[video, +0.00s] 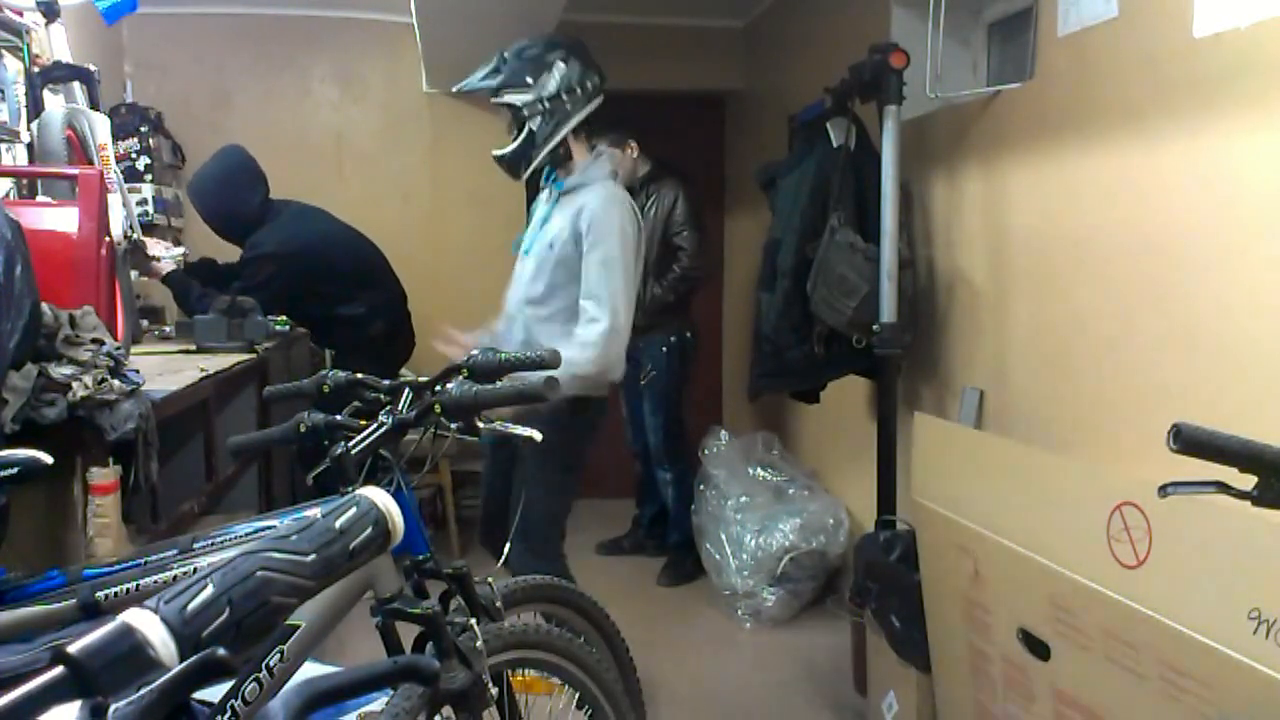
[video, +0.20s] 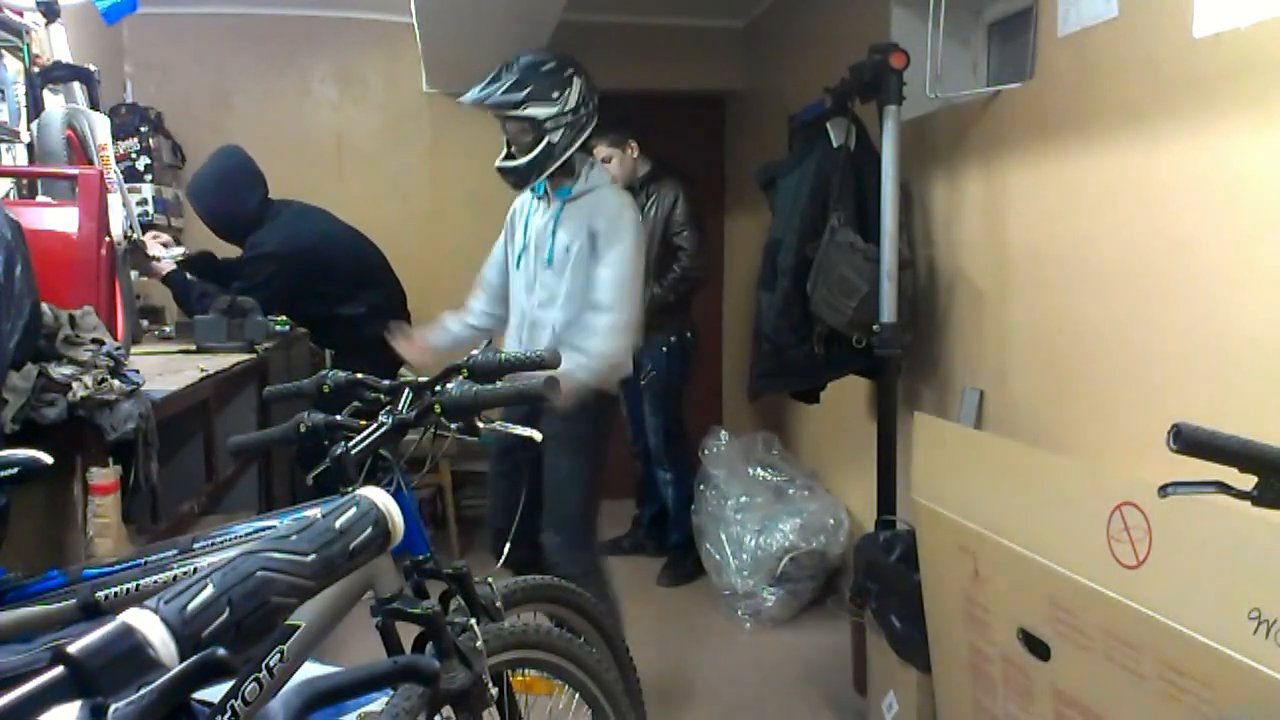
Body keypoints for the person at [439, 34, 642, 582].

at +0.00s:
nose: (509, 134)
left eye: (518, 117)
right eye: (510, 117)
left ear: (555, 116)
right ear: (557, 118)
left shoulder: (605, 204)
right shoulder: (553, 197)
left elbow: (603, 351)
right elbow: (525, 313)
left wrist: (509, 373)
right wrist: (479, 342)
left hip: (562, 402)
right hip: (515, 395)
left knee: (531, 551)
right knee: (500, 537)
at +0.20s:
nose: (509, 142)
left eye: (520, 129)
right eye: (507, 129)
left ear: (560, 127)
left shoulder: (610, 206)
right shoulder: (526, 206)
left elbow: (618, 322)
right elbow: (487, 307)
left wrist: (572, 380)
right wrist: (429, 342)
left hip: (576, 397)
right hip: (515, 393)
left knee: (567, 544)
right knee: (511, 537)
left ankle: (614, 683)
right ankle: (566, 642)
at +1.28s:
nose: (558, 119)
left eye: (570, 102)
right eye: (557, 103)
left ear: (616, 107)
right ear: (610, 113)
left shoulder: (671, 211)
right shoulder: (574, 204)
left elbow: (690, 335)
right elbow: (533, 309)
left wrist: (633, 388)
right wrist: (454, 334)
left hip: (617, 427)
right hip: (548, 416)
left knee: (590, 591)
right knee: (482, 563)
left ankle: (652, 706)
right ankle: (471, 691)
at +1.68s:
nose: (518, 118)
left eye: (530, 101)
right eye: (519, 101)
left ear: (572, 105)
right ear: (570, 109)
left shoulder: (628, 211)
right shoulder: (543, 201)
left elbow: (629, 349)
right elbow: (508, 306)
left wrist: (528, 394)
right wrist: (426, 335)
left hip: (571, 434)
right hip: (502, 416)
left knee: (556, 598)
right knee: (417, 535)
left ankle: (642, 699)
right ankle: (453, 670)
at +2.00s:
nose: (440, 108)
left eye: (448, 91)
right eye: (440, 92)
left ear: (487, 91)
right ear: (491, 93)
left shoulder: (534, 195)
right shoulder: (485, 188)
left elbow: (545, 338)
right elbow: (461, 307)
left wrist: (476, 421)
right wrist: (413, 394)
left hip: (464, 424)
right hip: (426, 413)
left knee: (480, 583)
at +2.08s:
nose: (421, 114)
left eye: (429, 97)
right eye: (422, 98)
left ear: (465, 96)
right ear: (470, 99)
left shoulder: (515, 202)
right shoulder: (470, 196)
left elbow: (501, 347)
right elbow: (442, 322)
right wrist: (381, 354)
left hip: (461, 437)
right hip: (424, 429)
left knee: (458, 610)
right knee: (424, 601)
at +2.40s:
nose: (392, 103)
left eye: (398, 86)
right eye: (392, 87)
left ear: (434, 87)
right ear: (441, 88)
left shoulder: (500, 189)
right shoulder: (436, 181)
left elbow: (513, 318)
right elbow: (405, 292)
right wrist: (363, 368)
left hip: (444, 412)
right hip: (392, 403)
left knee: (465, 575)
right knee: (408, 568)